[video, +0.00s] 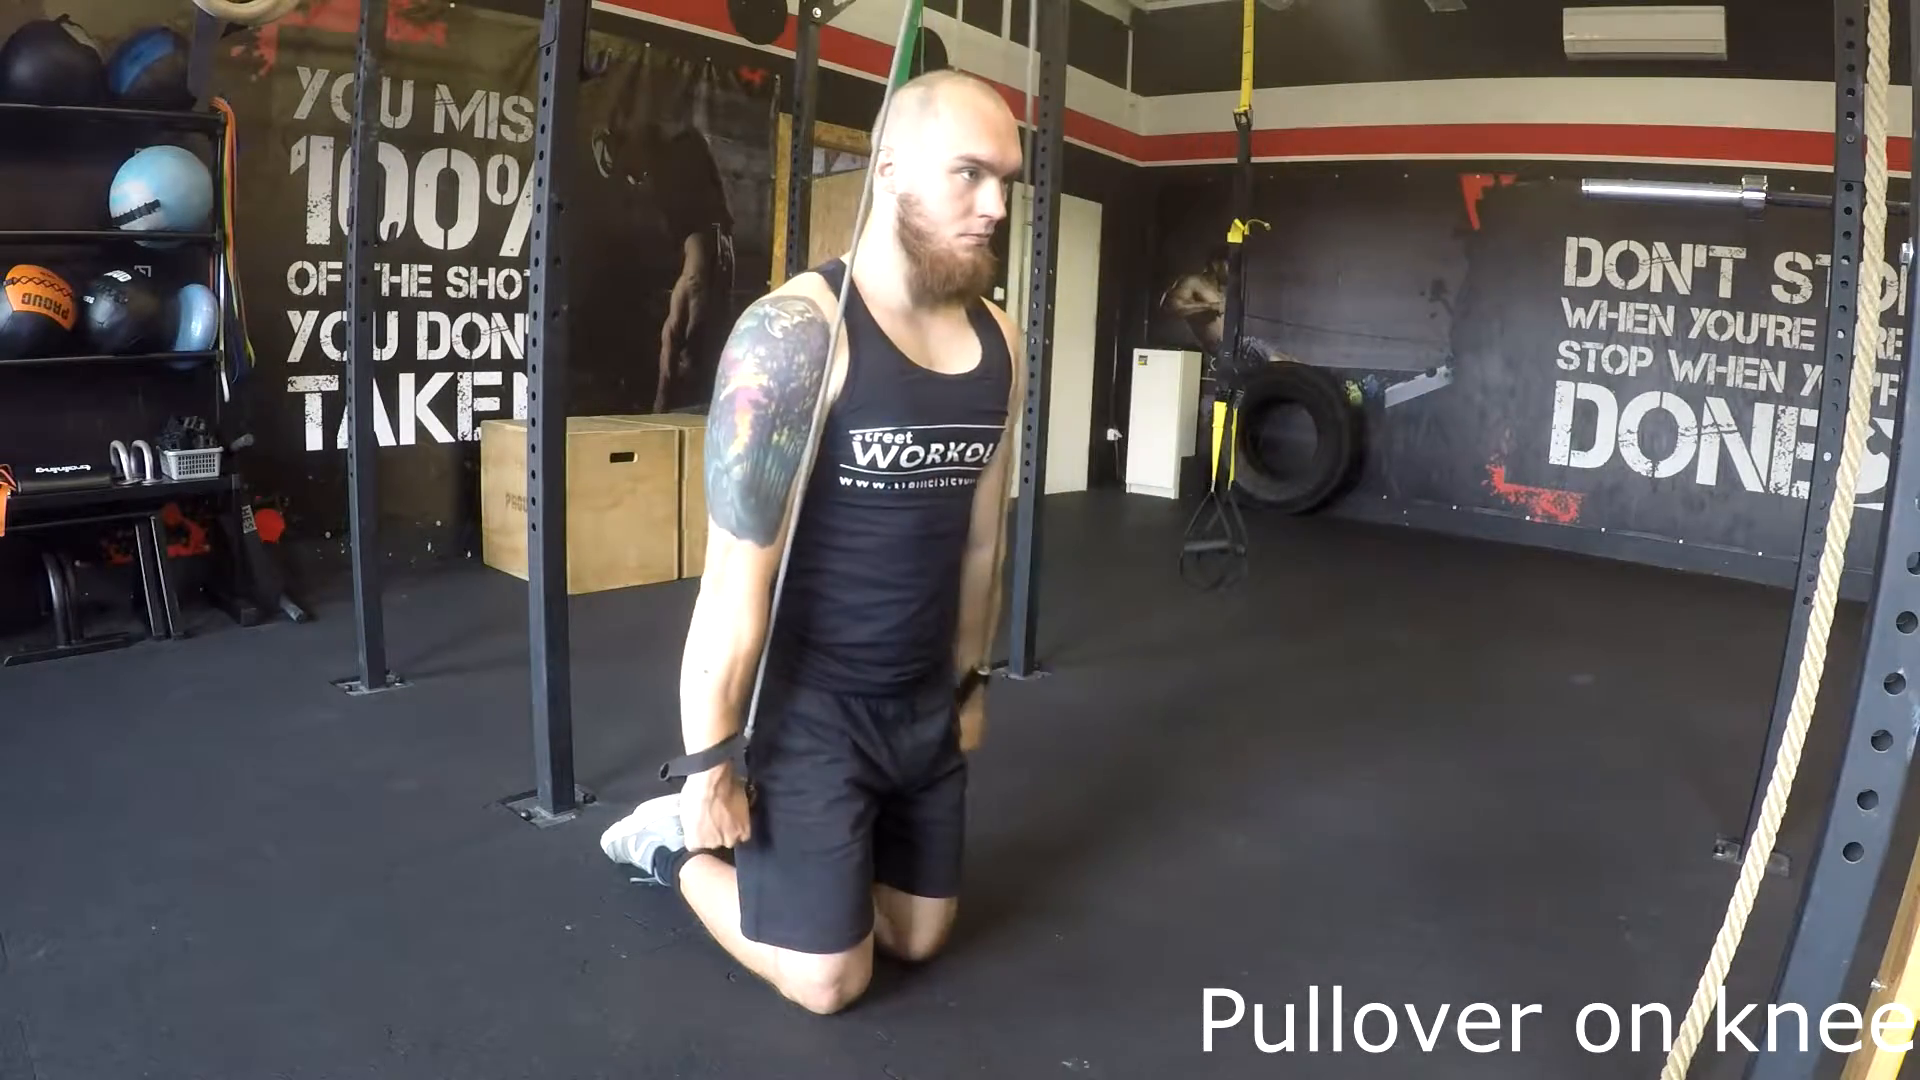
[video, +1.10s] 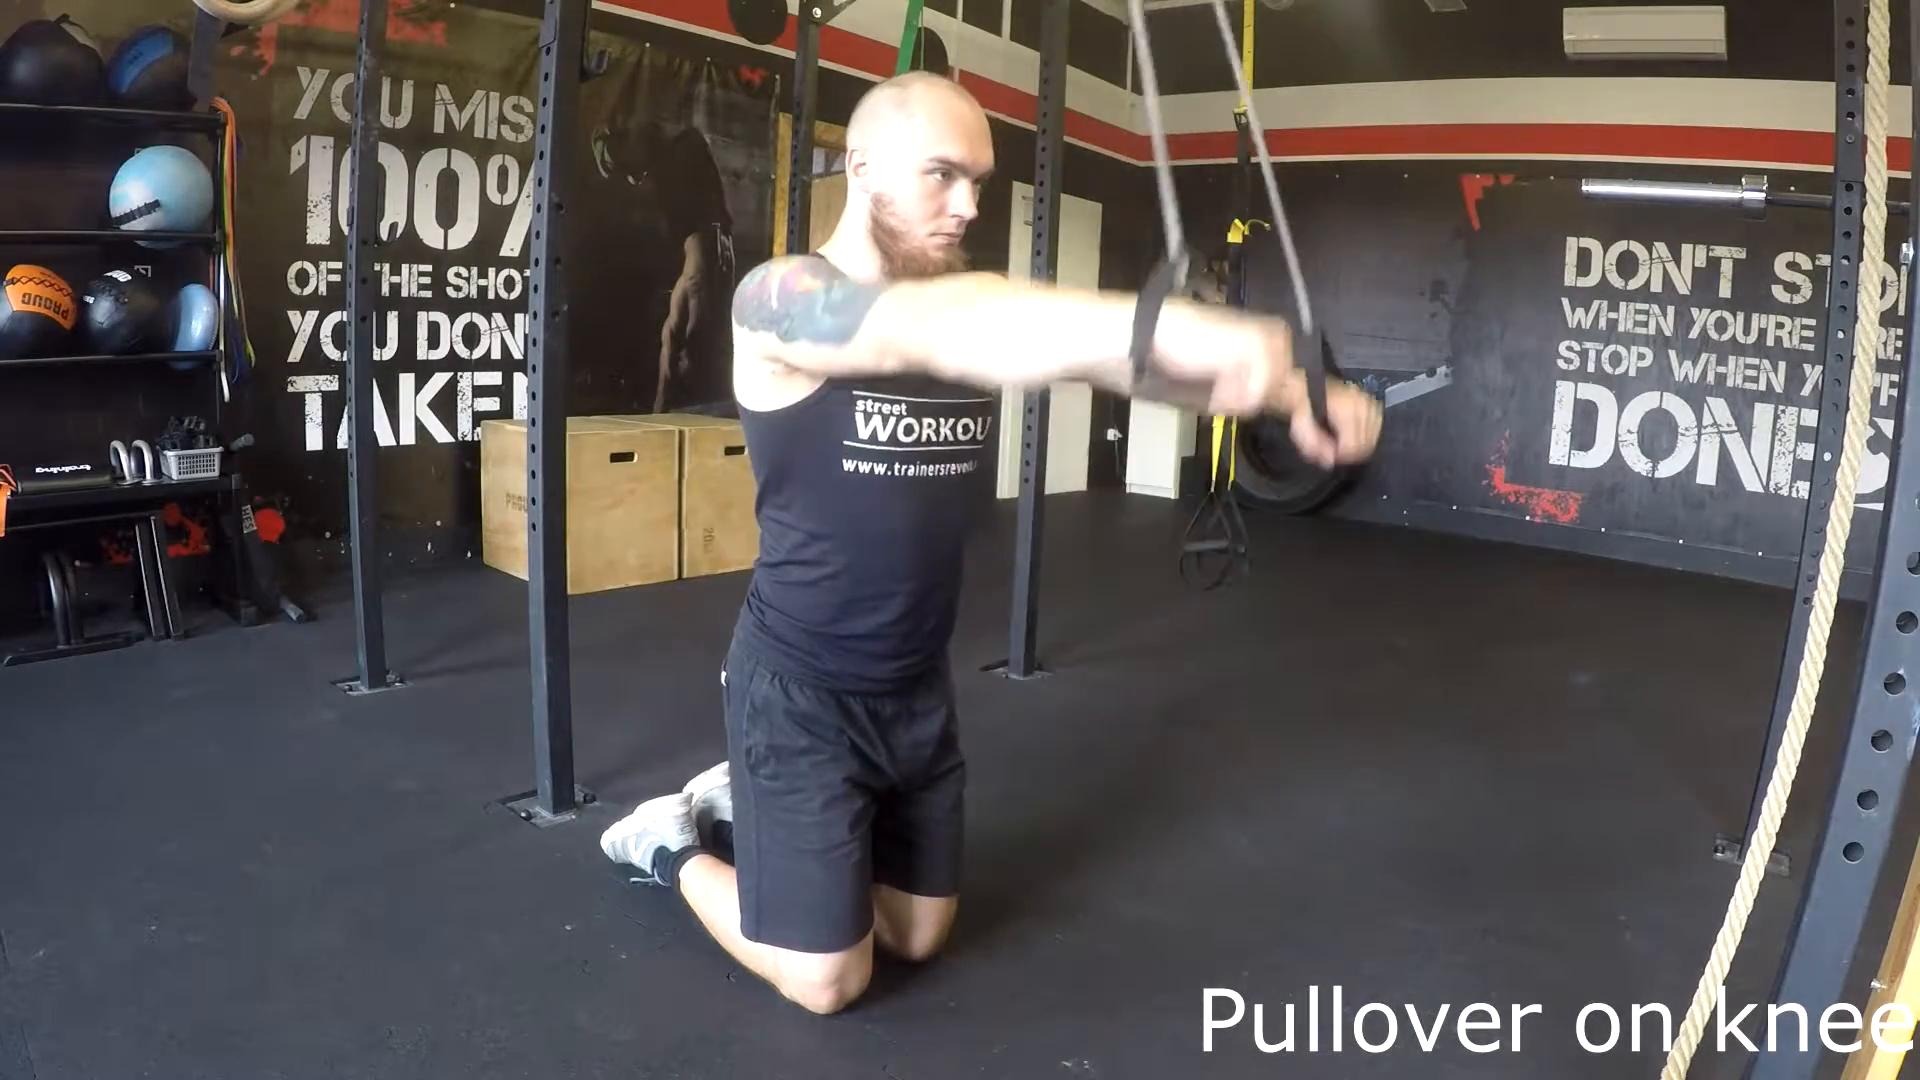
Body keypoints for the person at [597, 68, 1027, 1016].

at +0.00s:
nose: (996, 206)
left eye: (1007, 181)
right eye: (971, 175)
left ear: (1012, 190)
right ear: (891, 174)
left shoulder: (996, 340)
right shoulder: (793, 335)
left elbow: (982, 538)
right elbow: (739, 575)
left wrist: (967, 683)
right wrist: (712, 766)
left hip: (926, 698)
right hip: (805, 704)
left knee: (916, 934)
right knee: (826, 981)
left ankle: (767, 829)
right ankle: (682, 840)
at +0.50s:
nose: (990, 201)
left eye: (1002, 176)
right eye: (964, 169)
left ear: (1007, 186)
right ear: (886, 173)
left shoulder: (996, 337)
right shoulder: (796, 333)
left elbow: (1037, 530)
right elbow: (782, 583)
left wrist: (1084, 679)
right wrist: (801, 793)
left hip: (920, 693)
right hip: (810, 694)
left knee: (916, 932)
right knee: (825, 981)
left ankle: (731, 808)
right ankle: (673, 854)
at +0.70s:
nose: (980, 197)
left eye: (991, 172)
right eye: (953, 167)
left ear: (1000, 184)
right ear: (874, 172)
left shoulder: (992, 329)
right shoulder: (797, 327)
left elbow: (1074, 490)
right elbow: (847, 560)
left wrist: (1178, 647)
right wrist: (933, 759)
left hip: (926, 684)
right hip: (806, 691)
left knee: (916, 933)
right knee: (824, 979)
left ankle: (754, 805)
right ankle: (675, 850)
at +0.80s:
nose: (978, 200)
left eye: (989, 175)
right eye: (954, 168)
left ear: (993, 184)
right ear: (875, 170)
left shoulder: (991, 324)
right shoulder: (794, 317)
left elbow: (1100, 468)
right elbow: (881, 512)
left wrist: (1227, 598)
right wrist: (1000, 681)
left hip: (933, 684)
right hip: (805, 687)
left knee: (913, 934)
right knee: (824, 981)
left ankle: (746, 810)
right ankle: (676, 853)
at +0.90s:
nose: (975, 201)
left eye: (985, 178)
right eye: (950, 170)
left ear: (990, 187)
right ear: (870, 171)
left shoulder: (982, 317)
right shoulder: (790, 311)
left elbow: (1116, 426)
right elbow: (918, 462)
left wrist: (1269, 529)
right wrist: (1086, 580)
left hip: (918, 685)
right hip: (800, 687)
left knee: (914, 932)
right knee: (823, 978)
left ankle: (738, 817)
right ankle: (674, 855)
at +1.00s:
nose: (968, 205)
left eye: (981, 182)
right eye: (944, 174)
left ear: (987, 186)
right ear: (864, 166)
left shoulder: (981, 311)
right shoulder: (784, 305)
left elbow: (1121, 379)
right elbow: (934, 395)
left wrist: (1281, 456)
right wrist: (1128, 449)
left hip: (917, 685)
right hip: (799, 686)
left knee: (916, 932)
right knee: (824, 979)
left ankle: (745, 809)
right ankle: (676, 854)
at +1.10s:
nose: (966, 207)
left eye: (979, 185)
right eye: (943, 175)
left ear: (982, 192)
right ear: (861, 166)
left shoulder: (970, 309)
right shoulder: (780, 293)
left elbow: (1109, 356)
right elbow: (929, 332)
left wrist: (1281, 398)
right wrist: (1155, 332)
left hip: (916, 686)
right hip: (798, 686)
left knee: (916, 932)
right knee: (823, 981)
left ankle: (744, 806)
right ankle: (677, 854)